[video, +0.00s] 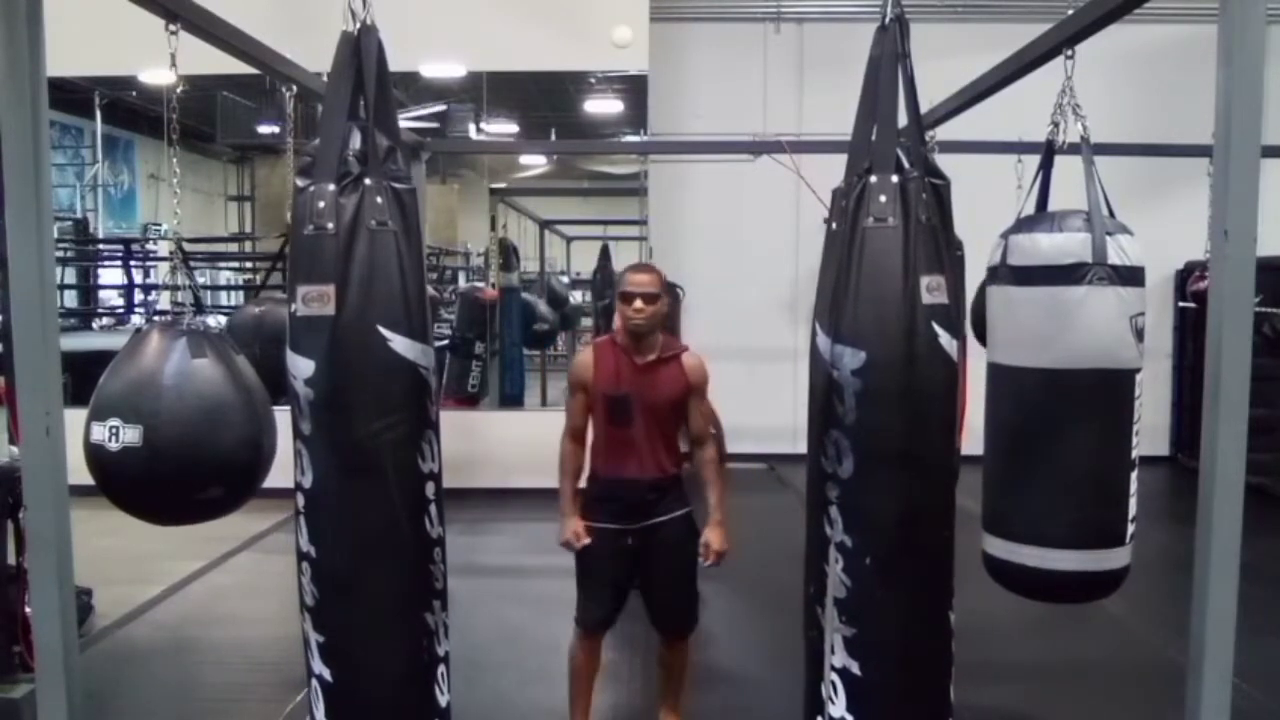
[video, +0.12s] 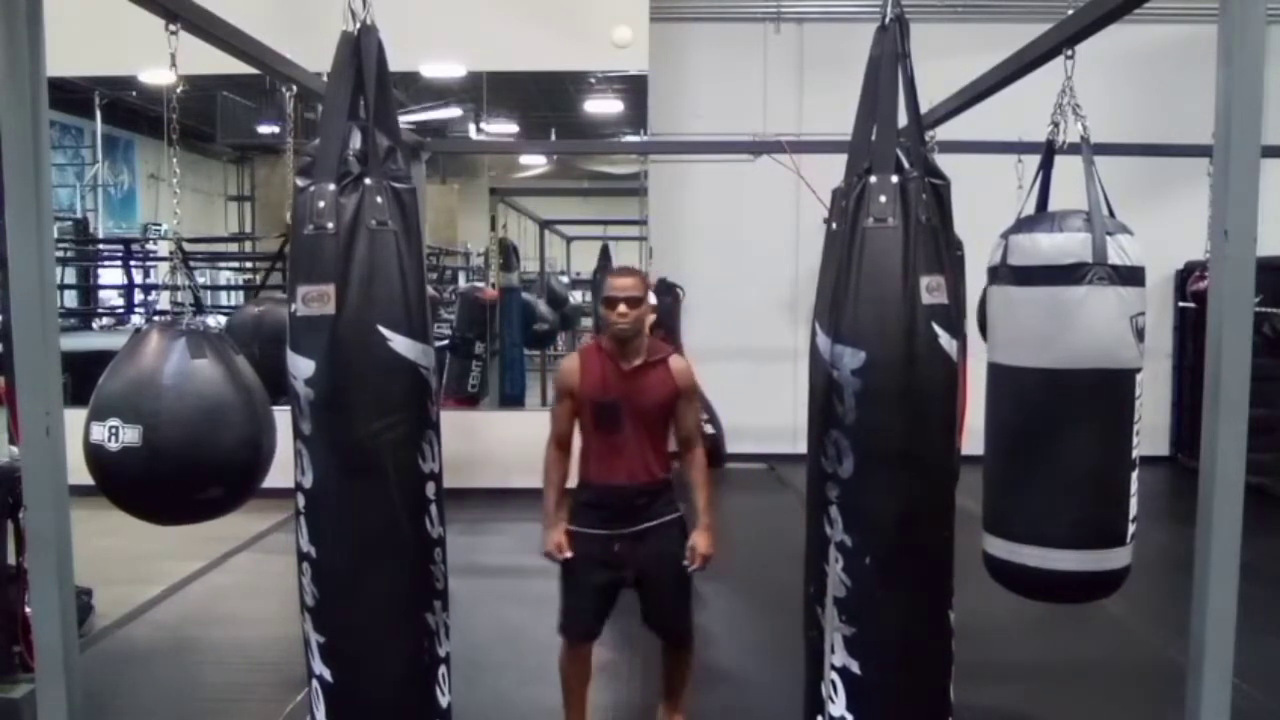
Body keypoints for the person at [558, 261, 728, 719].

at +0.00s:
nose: (637, 307)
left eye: (649, 299)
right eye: (627, 298)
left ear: (666, 305)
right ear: (616, 303)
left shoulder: (688, 366)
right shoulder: (589, 362)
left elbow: (704, 441)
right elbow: (574, 437)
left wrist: (716, 519)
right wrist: (569, 510)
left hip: (667, 510)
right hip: (604, 510)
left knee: (676, 630)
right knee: (589, 630)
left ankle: (670, 710)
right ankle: (579, 715)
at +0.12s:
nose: (621, 312)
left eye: (631, 303)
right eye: (611, 303)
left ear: (650, 309)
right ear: (599, 309)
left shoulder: (676, 369)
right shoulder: (574, 370)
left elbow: (692, 446)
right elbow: (559, 445)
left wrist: (703, 523)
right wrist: (553, 519)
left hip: (658, 513)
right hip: (592, 514)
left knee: (677, 632)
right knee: (576, 636)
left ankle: (672, 709)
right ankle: (574, 716)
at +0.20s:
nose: (617, 312)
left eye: (628, 303)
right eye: (608, 303)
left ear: (646, 308)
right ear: (596, 308)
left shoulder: (673, 370)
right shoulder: (570, 370)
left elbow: (688, 448)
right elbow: (555, 446)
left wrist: (699, 524)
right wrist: (550, 520)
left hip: (655, 513)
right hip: (589, 515)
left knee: (679, 629)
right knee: (574, 636)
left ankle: (674, 707)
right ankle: (574, 716)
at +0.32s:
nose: (615, 316)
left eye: (626, 307)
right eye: (606, 307)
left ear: (646, 311)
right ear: (595, 309)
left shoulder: (673, 370)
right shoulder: (569, 368)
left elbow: (685, 445)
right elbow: (551, 444)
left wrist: (693, 519)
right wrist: (543, 515)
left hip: (656, 512)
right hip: (589, 514)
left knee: (678, 641)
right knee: (574, 639)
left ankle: (682, 715)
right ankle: (574, 718)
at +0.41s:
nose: (617, 321)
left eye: (628, 312)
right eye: (607, 312)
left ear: (648, 314)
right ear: (596, 313)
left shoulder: (675, 372)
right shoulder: (571, 372)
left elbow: (688, 448)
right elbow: (552, 445)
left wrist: (693, 520)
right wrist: (543, 516)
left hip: (657, 517)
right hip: (591, 518)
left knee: (677, 644)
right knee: (574, 641)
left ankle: (681, 716)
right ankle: (574, 718)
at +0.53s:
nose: (624, 322)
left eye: (636, 313)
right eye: (615, 312)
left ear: (654, 314)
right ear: (602, 312)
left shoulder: (681, 371)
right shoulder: (579, 368)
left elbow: (694, 447)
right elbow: (564, 444)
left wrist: (698, 523)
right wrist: (553, 515)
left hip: (663, 514)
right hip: (597, 515)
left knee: (683, 644)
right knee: (578, 641)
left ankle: (683, 716)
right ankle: (576, 717)